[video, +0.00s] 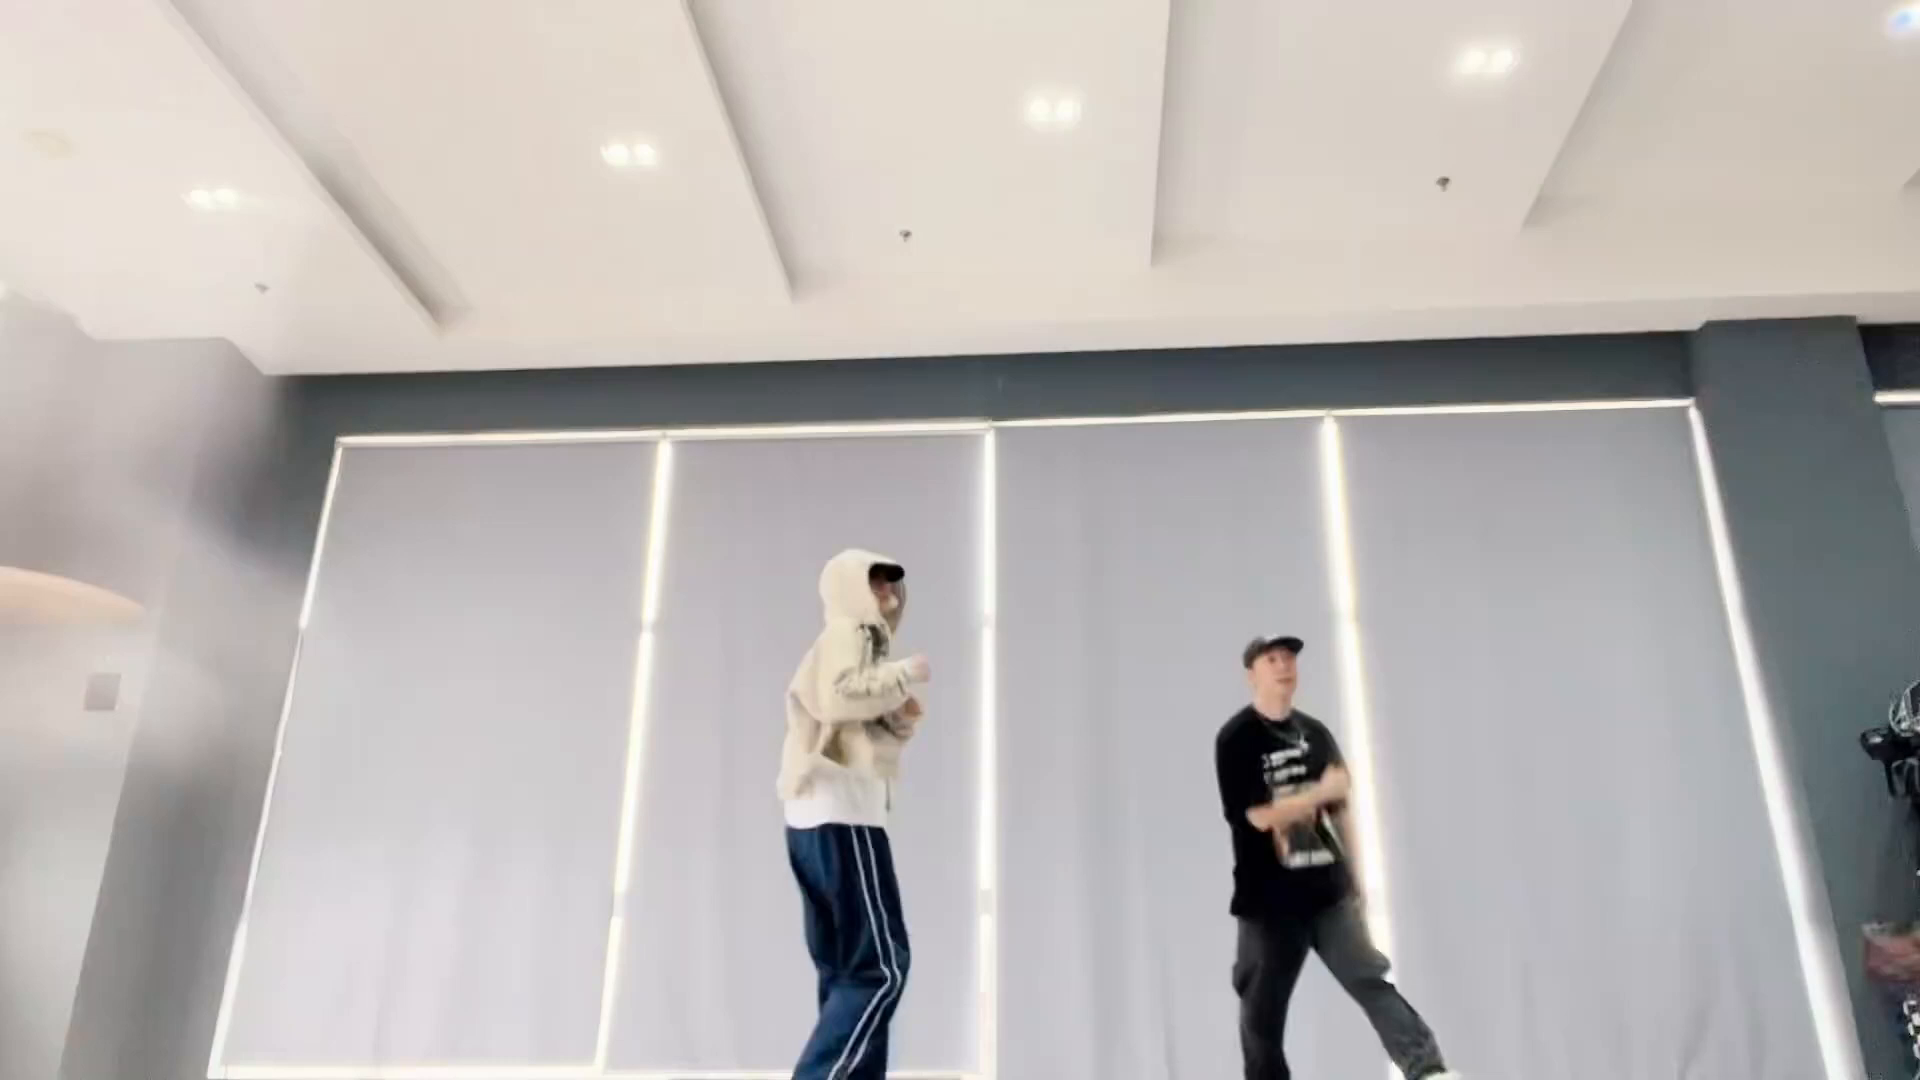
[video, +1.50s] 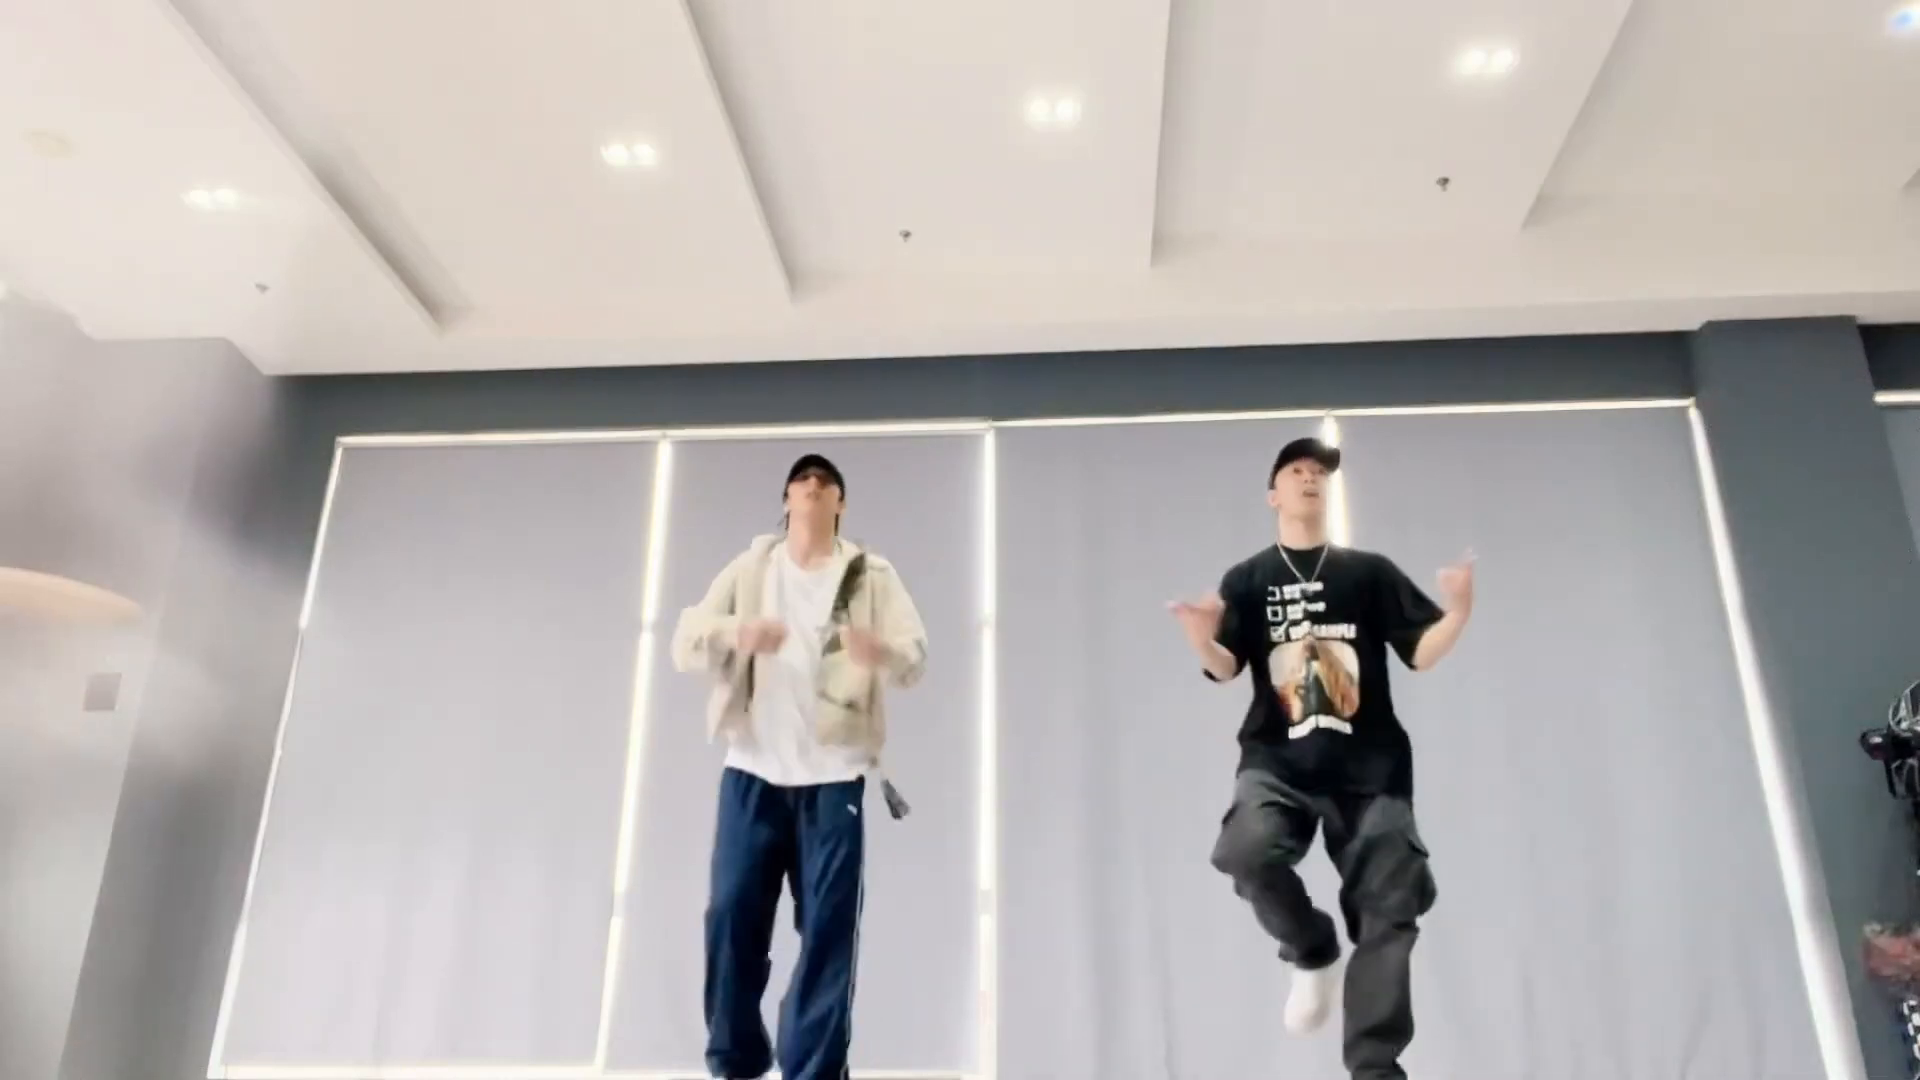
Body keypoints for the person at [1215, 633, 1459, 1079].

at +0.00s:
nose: (1285, 668)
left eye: (1289, 660)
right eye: (1273, 662)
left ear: (1297, 669)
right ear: (1251, 674)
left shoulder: (1314, 732)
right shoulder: (1236, 739)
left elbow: (1341, 796)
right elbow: (1258, 817)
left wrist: (1357, 877)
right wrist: (1322, 791)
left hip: (1328, 889)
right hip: (1269, 898)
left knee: (1368, 980)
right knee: (1260, 1010)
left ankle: (1427, 1068)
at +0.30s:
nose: (1316, 607)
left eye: (1323, 598)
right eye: (1304, 601)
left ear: (1336, 612)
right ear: (1289, 618)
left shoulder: (1368, 687)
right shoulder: (1266, 691)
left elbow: (1398, 764)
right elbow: (1233, 760)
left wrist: (1408, 836)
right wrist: (1198, 825)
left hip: (1370, 856)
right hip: (1301, 859)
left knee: (1402, 962)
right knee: (1294, 960)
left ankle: (1426, 1072)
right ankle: (1298, 1043)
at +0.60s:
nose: (1306, 600)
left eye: (1315, 591)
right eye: (1295, 595)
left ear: (1334, 605)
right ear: (1282, 614)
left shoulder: (1372, 672)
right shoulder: (1272, 692)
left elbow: (1427, 718)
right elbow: (1249, 765)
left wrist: (1421, 765)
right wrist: (1214, 805)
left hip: (1383, 848)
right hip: (1312, 854)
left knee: (1411, 964)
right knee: (1302, 956)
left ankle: (1434, 1074)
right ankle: (1292, 1065)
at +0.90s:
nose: (1301, 549)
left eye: (1310, 542)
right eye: (1290, 542)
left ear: (1322, 559)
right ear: (1267, 559)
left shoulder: (1349, 640)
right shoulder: (1238, 638)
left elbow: (1370, 729)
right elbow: (1226, 724)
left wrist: (1381, 764)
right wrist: (1241, 795)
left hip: (1361, 813)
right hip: (1288, 821)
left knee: (1418, 900)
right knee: (1274, 929)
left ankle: (1374, 1031)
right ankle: (1301, 1072)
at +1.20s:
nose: (1312, 520)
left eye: (1321, 513)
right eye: (1299, 513)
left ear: (1333, 532)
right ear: (1275, 532)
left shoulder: (1355, 622)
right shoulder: (1247, 606)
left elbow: (1365, 716)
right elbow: (1230, 699)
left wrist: (1380, 744)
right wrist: (1243, 782)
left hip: (1349, 808)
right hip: (1278, 812)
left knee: (1356, 949)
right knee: (1281, 961)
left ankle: (1368, 1072)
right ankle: (1291, 1075)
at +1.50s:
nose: (1309, 481)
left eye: (1318, 475)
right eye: (1296, 473)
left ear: (1331, 493)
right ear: (1273, 493)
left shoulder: (1371, 571)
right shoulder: (1246, 580)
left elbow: (1421, 653)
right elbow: (1227, 670)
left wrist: (1457, 611)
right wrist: (1204, 641)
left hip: (1367, 762)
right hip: (1277, 759)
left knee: (1389, 901)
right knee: (1248, 853)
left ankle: (1376, 1064)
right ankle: (1315, 956)